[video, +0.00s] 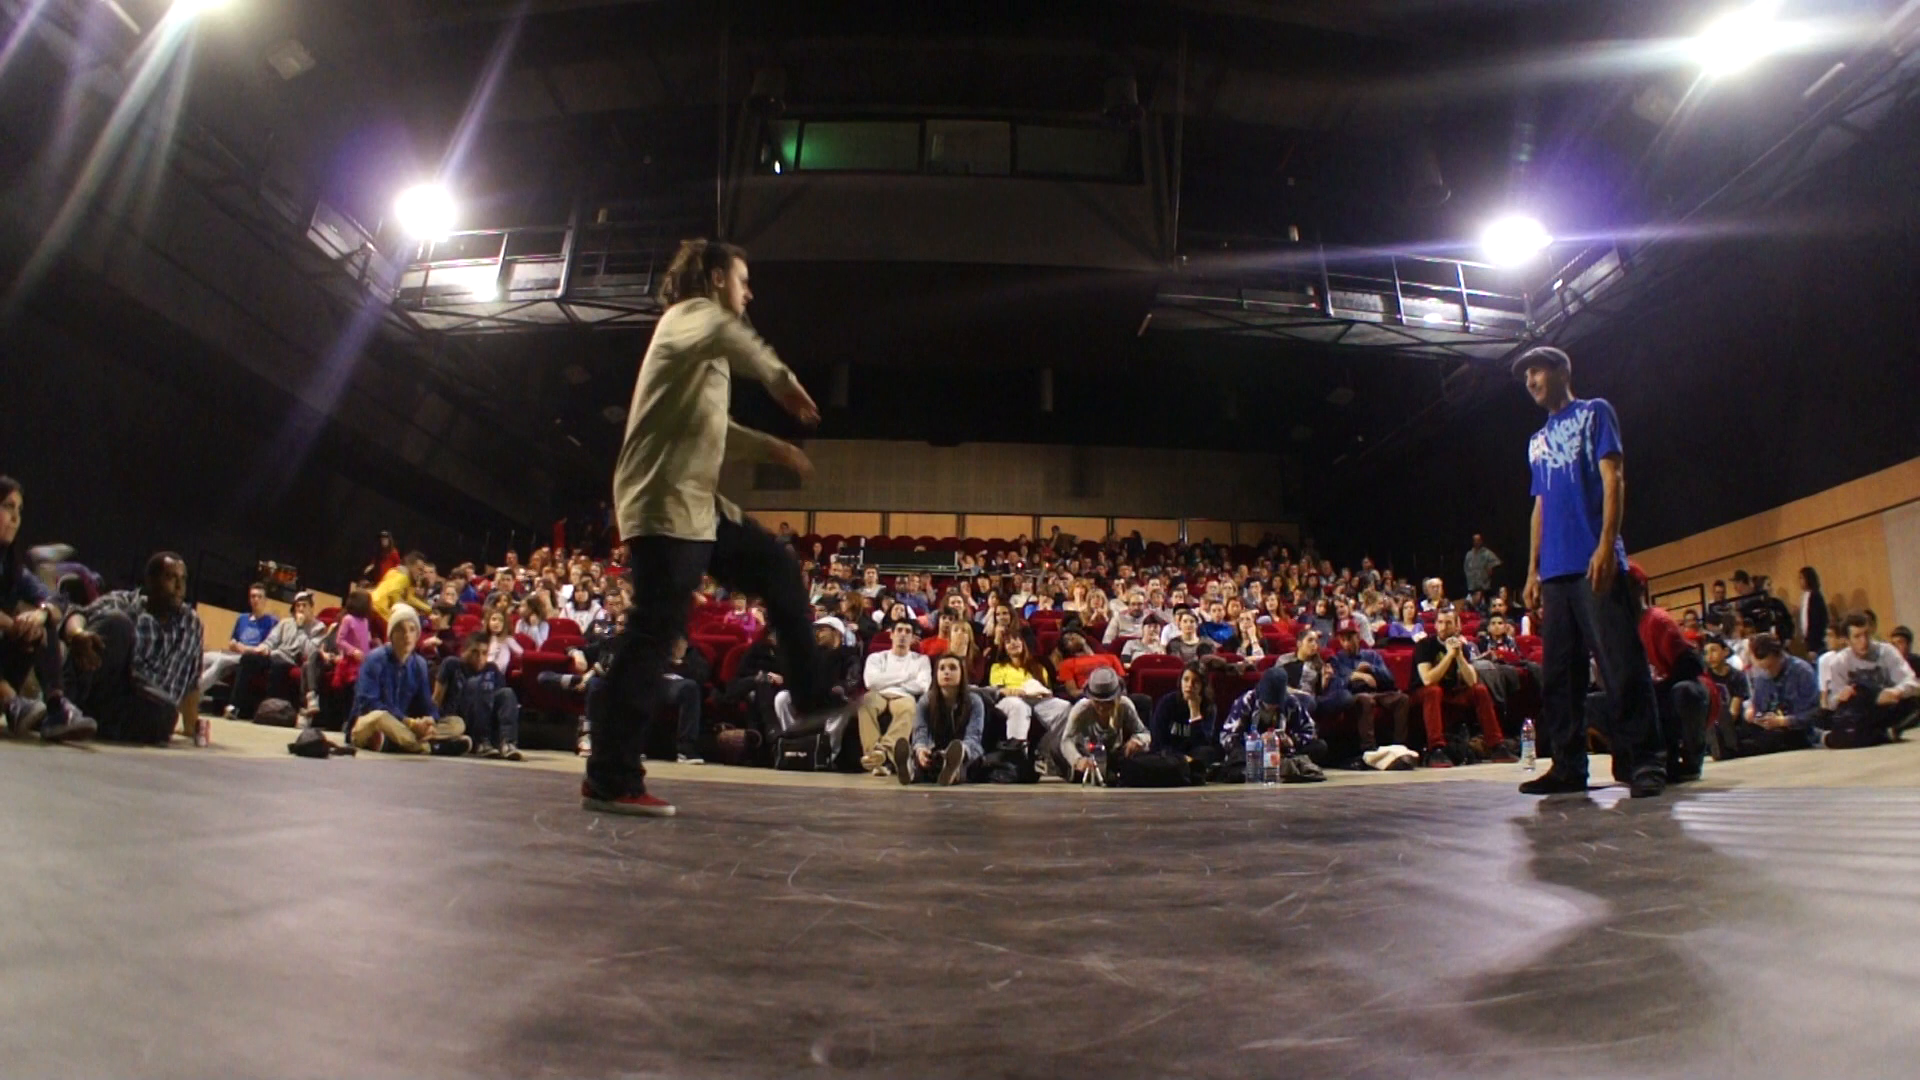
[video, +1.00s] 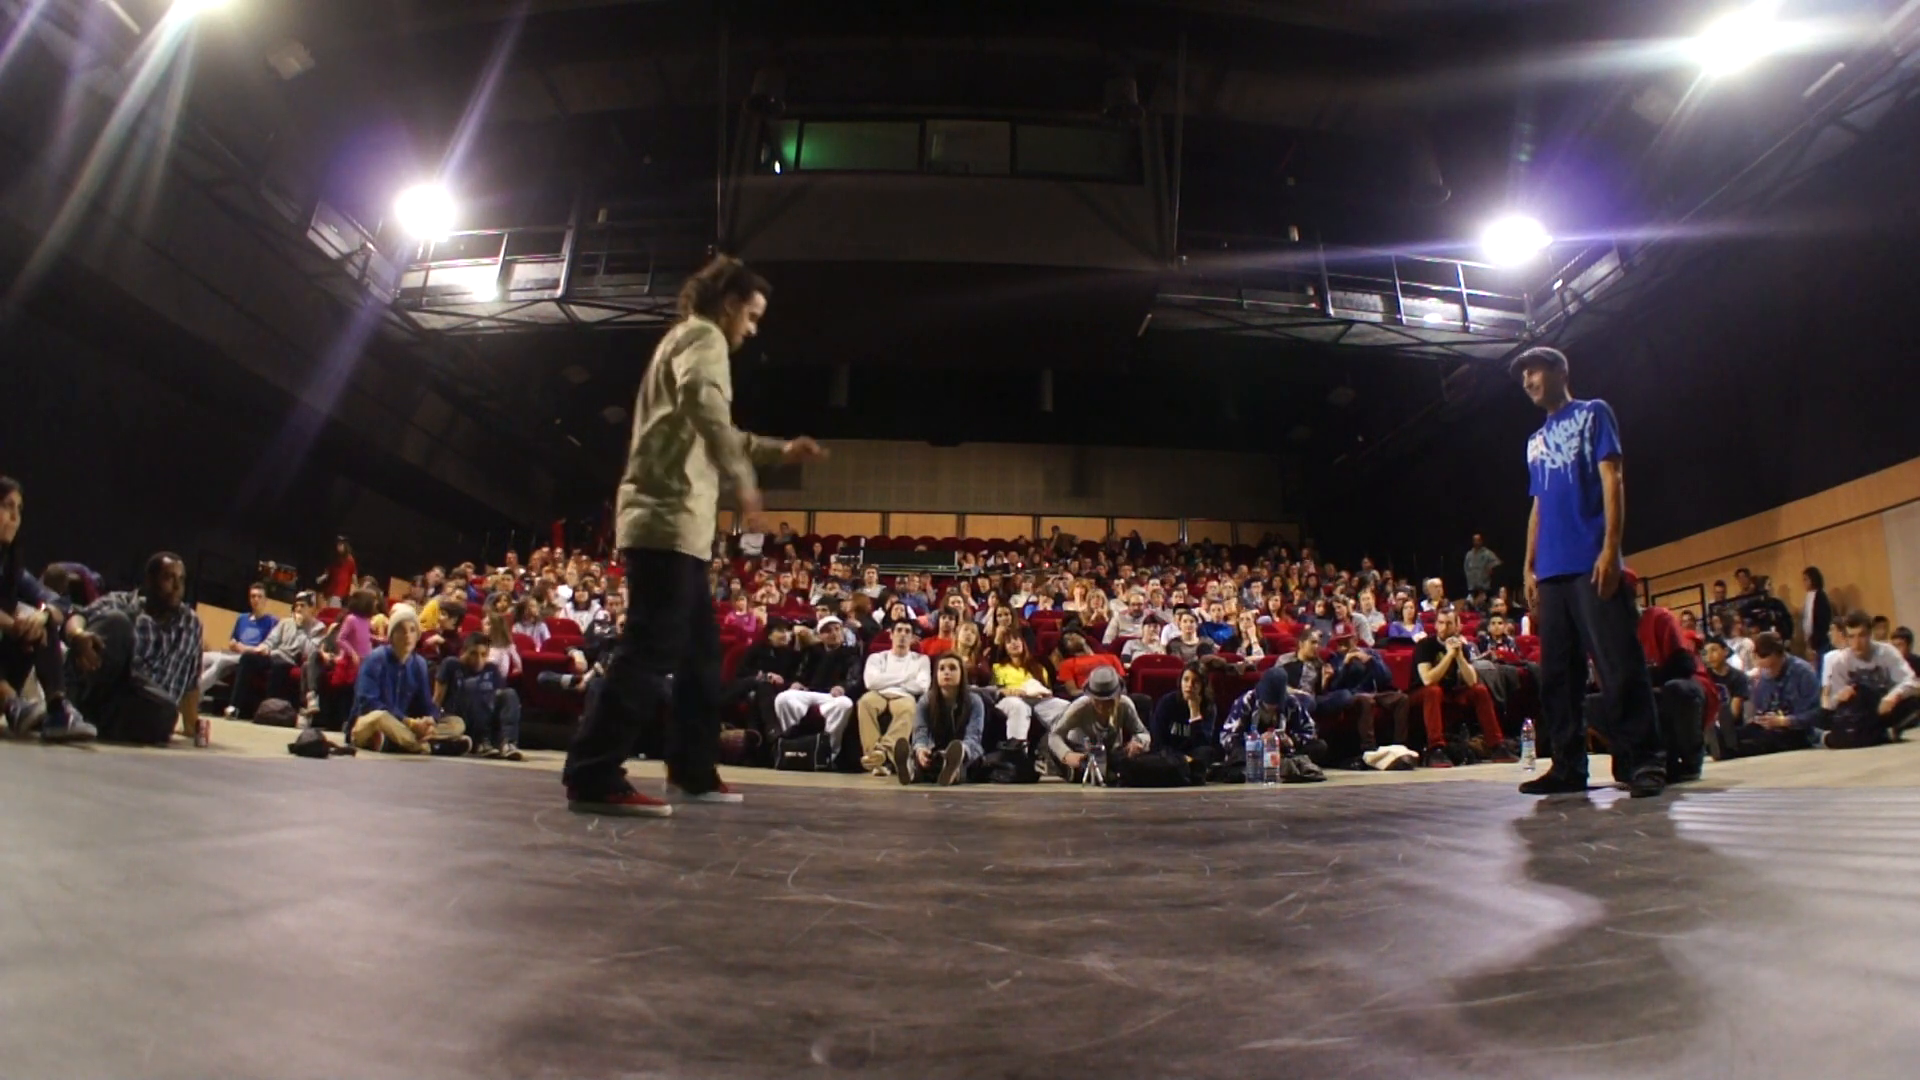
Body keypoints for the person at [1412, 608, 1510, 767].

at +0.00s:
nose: (1443, 627)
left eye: (1448, 623)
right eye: (1440, 623)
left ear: (1457, 626)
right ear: (1435, 625)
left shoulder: (1462, 646)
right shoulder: (1424, 645)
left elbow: (1471, 681)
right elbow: (1427, 678)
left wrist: (1459, 655)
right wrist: (1450, 655)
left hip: (1453, 692)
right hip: (1426, 692)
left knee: (1480, 691)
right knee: (1434, 691)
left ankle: (1497, 745)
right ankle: (1436, 749)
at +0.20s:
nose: (1443, 627)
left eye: (1448, 623)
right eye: (1439, 623)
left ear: (1457, 626)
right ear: (1435, 625)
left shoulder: (1462, 646)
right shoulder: (1425, 645)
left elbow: (1472, 681)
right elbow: (1427, 679)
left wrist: (1459, 655)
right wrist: (1450, 655)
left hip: (1454, 691)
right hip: (1428, 691)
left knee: (1480, 691)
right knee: (1434, 691)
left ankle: (1497, 745)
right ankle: (1436, 748)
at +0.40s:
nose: (1442, 628)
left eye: (1447, 623)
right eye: (1439, 623)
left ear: (1456, 626)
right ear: (1435, 625)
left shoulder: (1462, 646)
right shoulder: (1425, 645)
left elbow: (1471, 681)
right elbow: (1427, 679)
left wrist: (1459, 655)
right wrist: (1450, 655)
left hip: (1454, 692)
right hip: (1425, 693)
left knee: (1481, 691)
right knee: (1434, 691)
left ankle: (1497, 745)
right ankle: (1436, 749)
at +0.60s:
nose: (1443, 627)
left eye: (1448, 623)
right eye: (1440, 623)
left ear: (1456, 626)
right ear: (1435, 625)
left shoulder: (1462, 646)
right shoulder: (1425, 645)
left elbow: (1471, 681)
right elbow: (1427, 678)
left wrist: (1459, 655)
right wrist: (1450, 655)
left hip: (1454, 692)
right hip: (1426, 693)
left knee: (1481, 691)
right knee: (1433, 691)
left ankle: (1497, 745)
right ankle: (1436, 749)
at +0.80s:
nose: (1443, 628)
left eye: (1448, 623)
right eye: (1440, 623)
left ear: (1457, 627)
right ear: (1435, 624)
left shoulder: (1462, 646)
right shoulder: (1425, 645)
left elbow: (1471, 681)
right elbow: (1427, 678)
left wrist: (1459, 655)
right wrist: (1450, 655)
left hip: (1453, 692)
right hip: (1424, 694)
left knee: (1480, 691)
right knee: (1434, 691)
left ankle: (1497, 745)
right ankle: (1436, 749)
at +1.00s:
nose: (1443, 628)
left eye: (1448, 624)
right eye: (1440, 623)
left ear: (1457, 627)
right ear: (1435, 625)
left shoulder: (1462, 646)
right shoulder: (1425, 645)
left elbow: (1471, 681)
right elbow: (1427, 679)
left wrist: (1459, 655)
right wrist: (1450, 655)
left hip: (1454, 692)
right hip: (1426, 693)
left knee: (1481, 691)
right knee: (1433, 691)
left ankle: (1497, 745)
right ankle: (1436, 749)